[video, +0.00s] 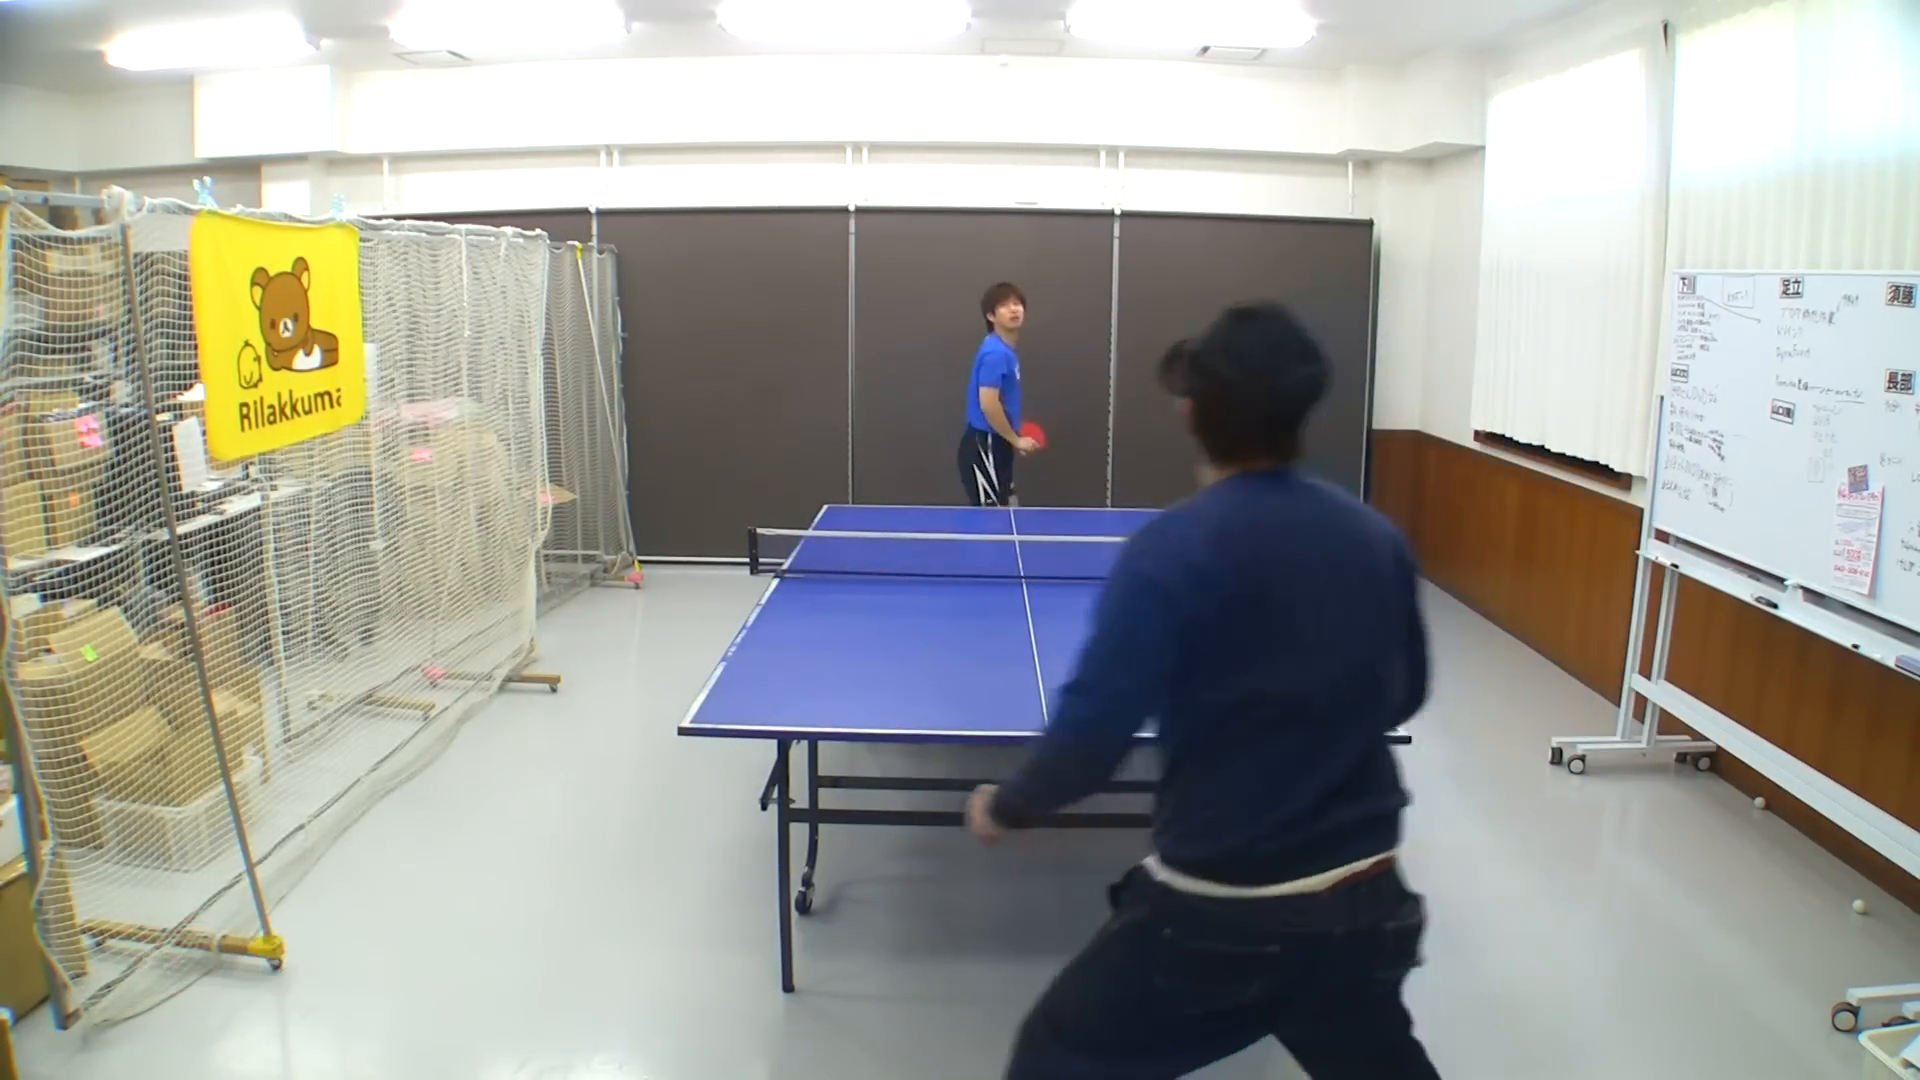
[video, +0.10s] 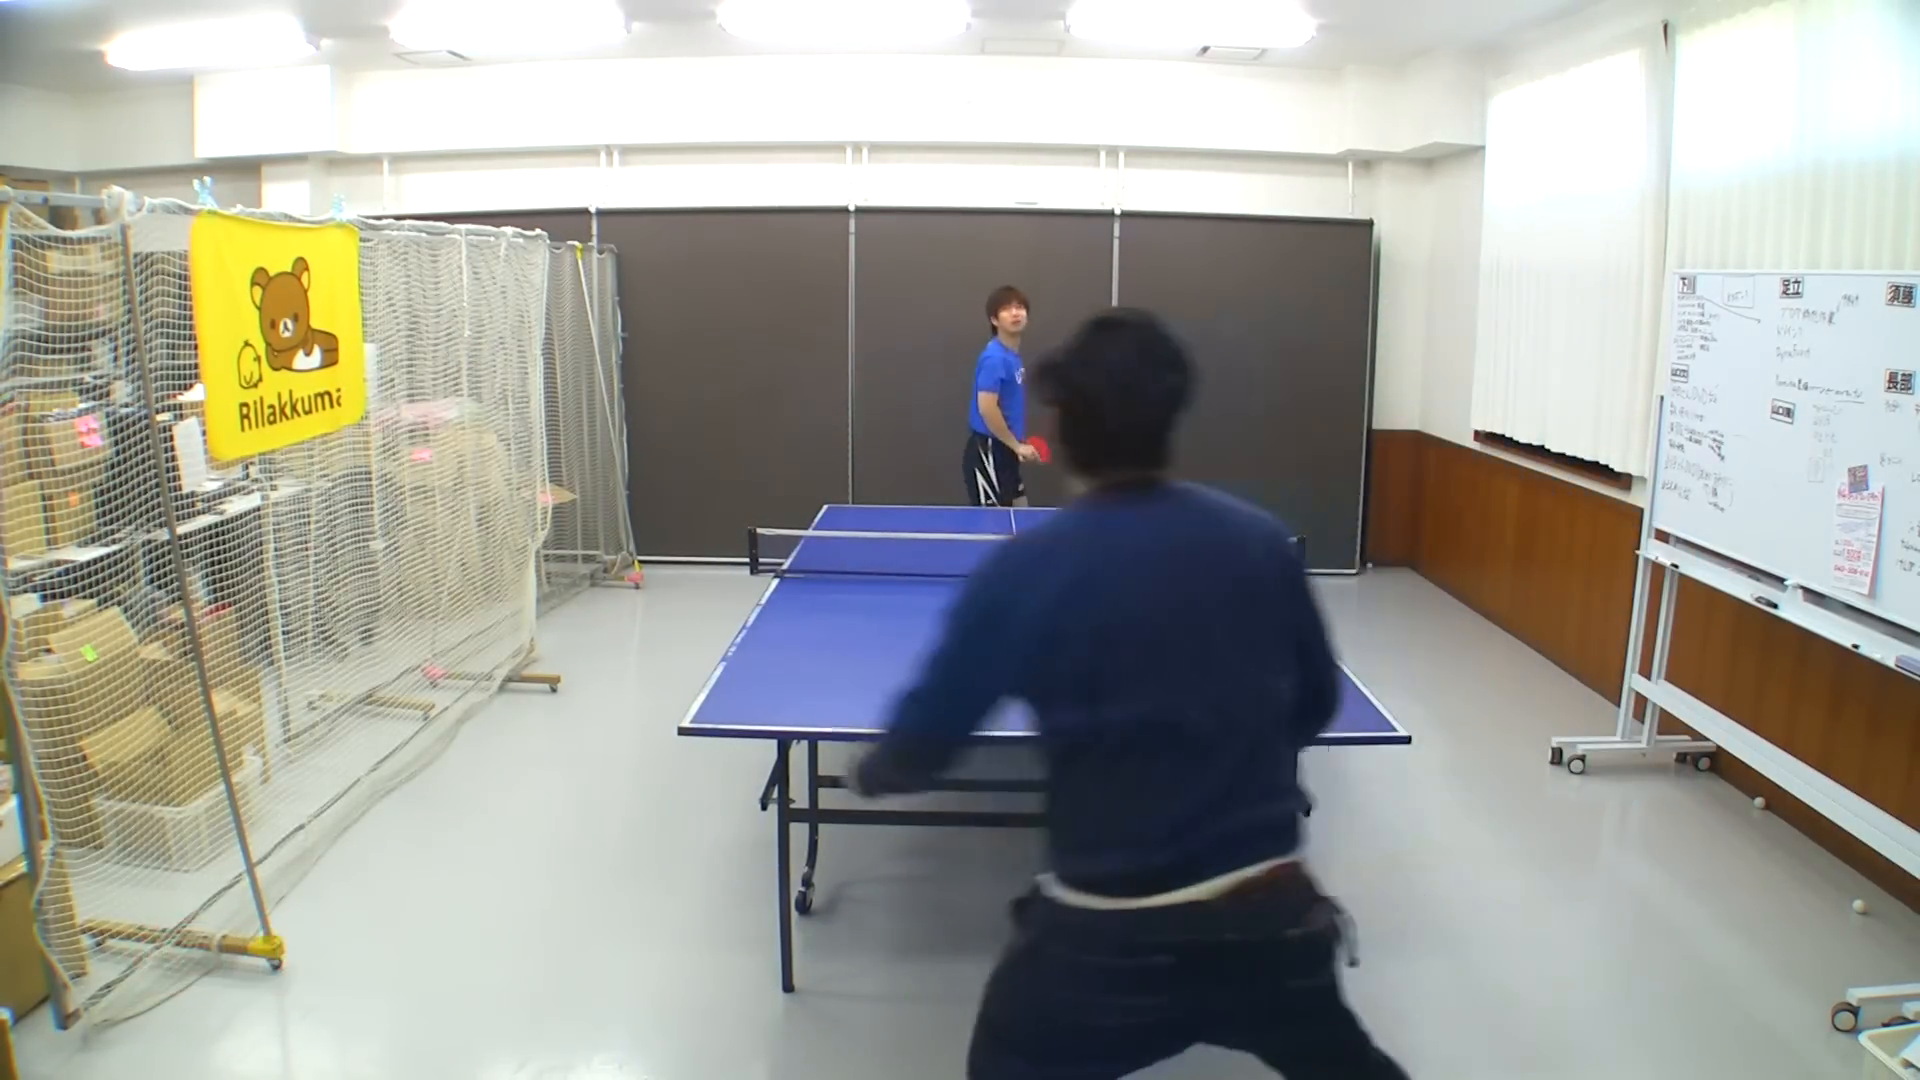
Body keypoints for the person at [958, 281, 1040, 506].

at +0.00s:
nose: (1014, 309)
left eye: (1017, 303)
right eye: (1005, 305)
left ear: (1024, 309)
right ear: (991, 316)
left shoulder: (1006, 351)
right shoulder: (995, 354)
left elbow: (1001, 399)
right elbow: (988, 403)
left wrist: (1017, 437)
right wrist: (1016, 440)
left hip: (996, 442)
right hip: (984, 443)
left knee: (1001, 515)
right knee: (995, 519)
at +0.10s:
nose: (1016, 313)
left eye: (1020, 307)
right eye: (1007, 309)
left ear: (1027, 314)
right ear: (994, 320)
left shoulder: (1012, 356)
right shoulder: (994, 358)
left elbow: (1008, 405)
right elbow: (987, 406)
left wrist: (1021, 444)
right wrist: (1016, 445)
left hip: (1004, 447)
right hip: (988, 446)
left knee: (1020, 515)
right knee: (994, 521)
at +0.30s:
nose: (1027, 319)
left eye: (1033, 312)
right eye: (1020, 314)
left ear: (1041, 318)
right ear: (1010, 322)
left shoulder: (1044, 354)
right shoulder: (1001, 360)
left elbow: (1053, 395)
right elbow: (975, 402)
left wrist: (1073, 441)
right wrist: (1010, 433)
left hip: (1032, 445)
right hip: (1005, 447)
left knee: (1030, 509)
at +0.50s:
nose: (1039, 319)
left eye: (1045, 313)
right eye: (1032, 314)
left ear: (1057, 319)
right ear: (1025, 324)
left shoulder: (1075, 352)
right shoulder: (1013, 366)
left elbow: (1087, 390)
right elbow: (992, 407)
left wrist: (1095, 427)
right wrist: (1023, 428)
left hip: (1064, 444)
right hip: (1030, 445)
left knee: (1062, 512)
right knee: (1037, 511)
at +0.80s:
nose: (1099, 350)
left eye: (1106, 344)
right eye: (1093, 344)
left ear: (1117, 352)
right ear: (1085, 351)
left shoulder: (1133, 382)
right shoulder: (1069, 389)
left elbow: (1162, 417)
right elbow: (1055, 425)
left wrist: (1149, 443)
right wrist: (1069, 440)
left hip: (1120, 471)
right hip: (1080, 470)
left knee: (1154, 520)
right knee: (1056, 521)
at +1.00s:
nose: (1131, 333)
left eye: (1138, 327)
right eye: (1125, 327)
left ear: (1149, 334)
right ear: (1118, 333)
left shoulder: (1171, 362)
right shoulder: (1109, 370)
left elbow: (1199, 395)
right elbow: (1093, 403)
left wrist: (1173, 414)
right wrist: (1088, 419)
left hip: (1167, 449)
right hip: (1130, 449)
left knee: (1178, 519)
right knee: (1106, 514)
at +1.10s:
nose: (1142, 334)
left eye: (1148, 328)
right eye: (1136, 328)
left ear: (1161, 334)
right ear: (1129, 335)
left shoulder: (1184, 362)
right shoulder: (1122, 372)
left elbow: (1212, 395)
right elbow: (1104, 405)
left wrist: (1181, 407)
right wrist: (1097, 420)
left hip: (1187, 449)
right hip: (1149, 450)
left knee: (1200, 517)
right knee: (1135, 518)